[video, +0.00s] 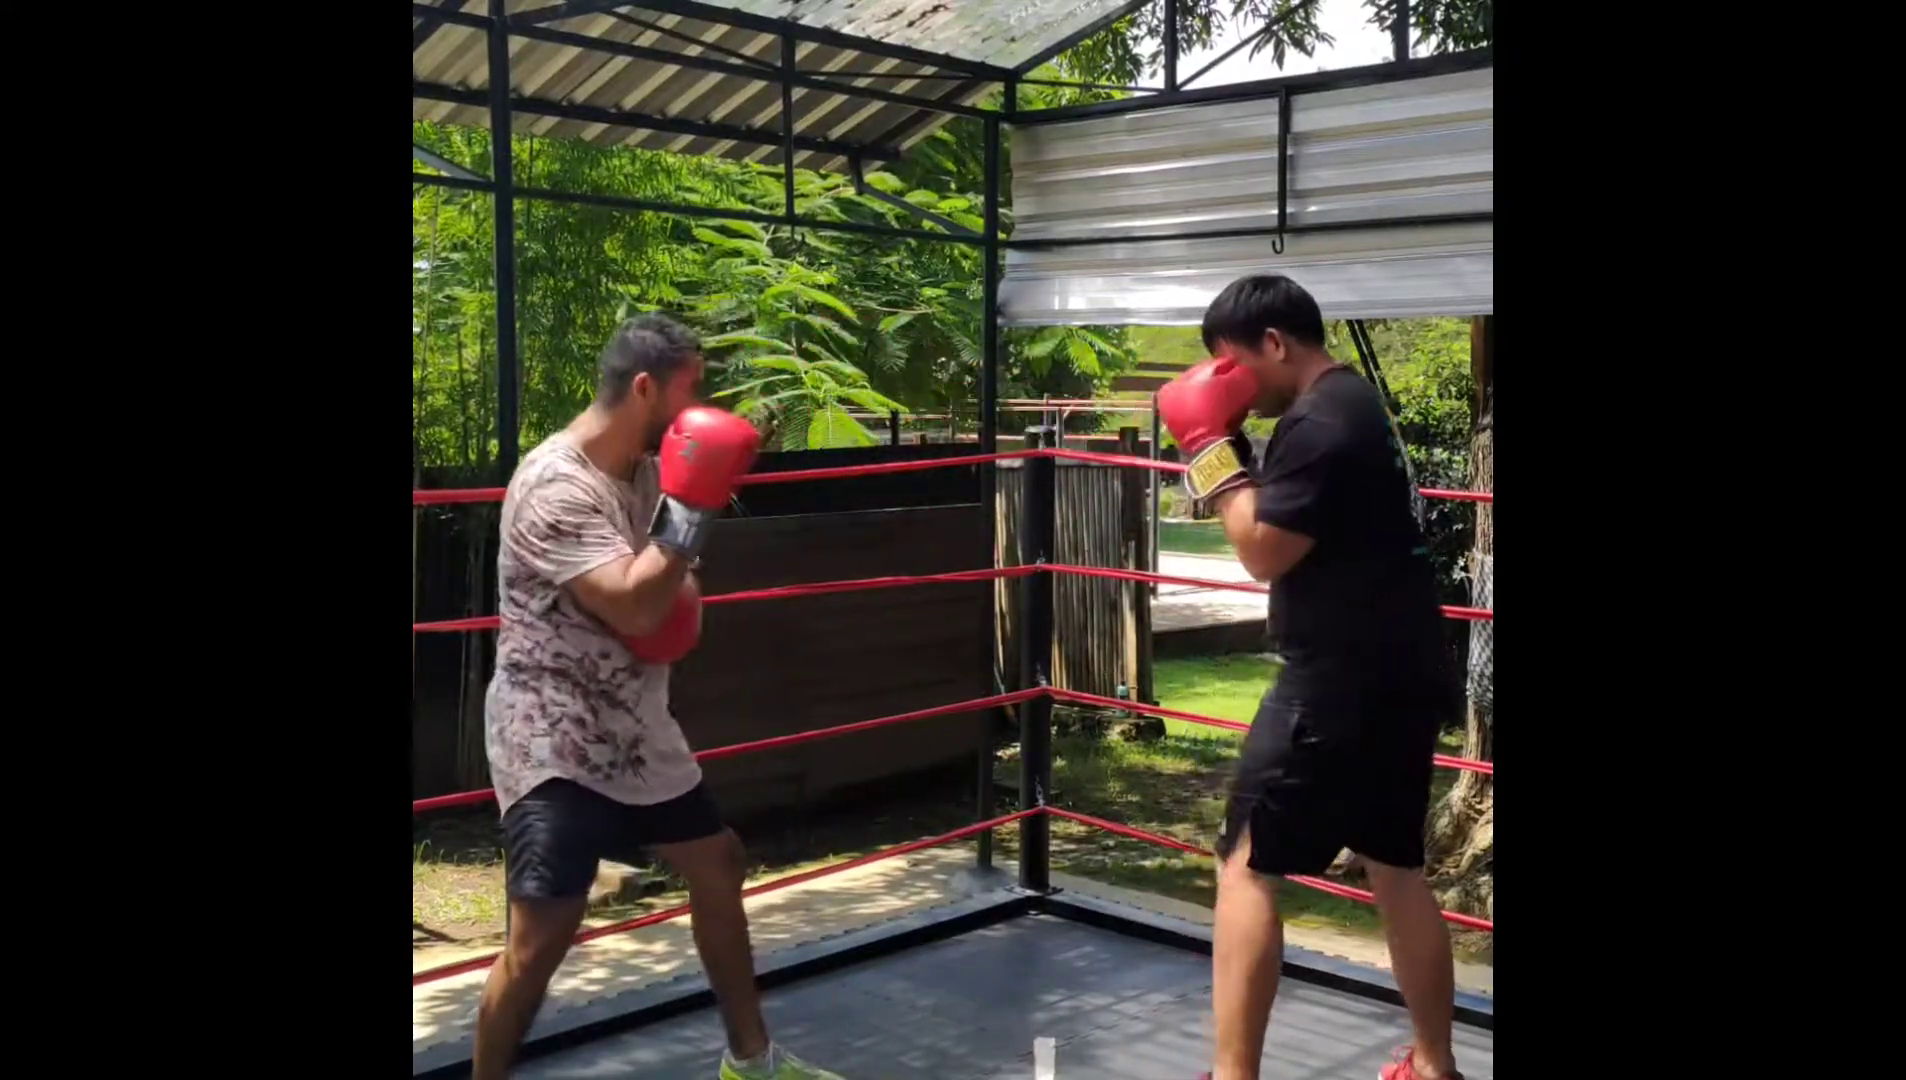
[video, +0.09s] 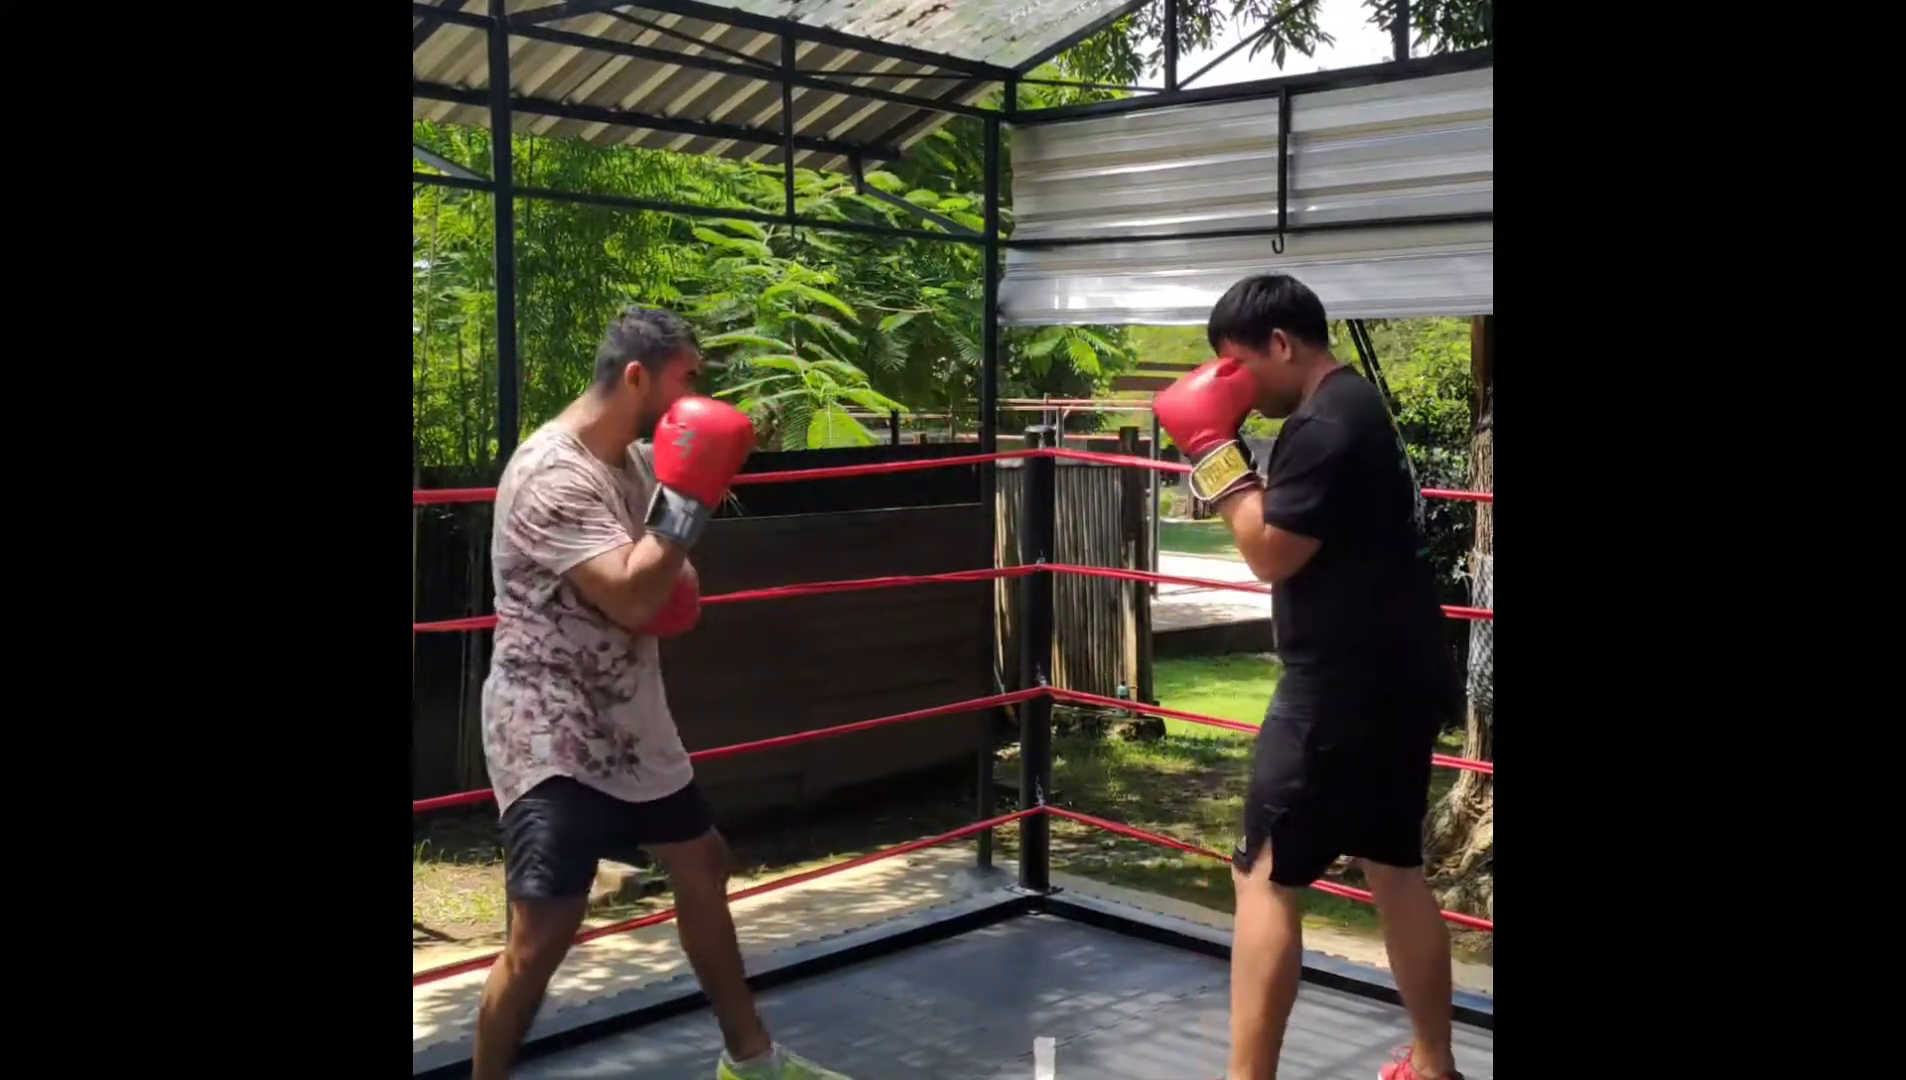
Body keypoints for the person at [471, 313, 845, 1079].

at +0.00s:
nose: (697, 406)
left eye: (698, 391)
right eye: (689, 390)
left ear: (643, 390)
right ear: (643, 388)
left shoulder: (647, 472)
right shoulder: (552, 485)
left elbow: (684, 576)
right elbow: (634, 607)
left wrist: (679, 623)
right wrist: (689, 507)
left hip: (637, 726)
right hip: (552, 734)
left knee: (716, 864)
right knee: (539, 939)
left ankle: (752, 1055)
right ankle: (488, 1074)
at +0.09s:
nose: (690, 398)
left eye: (693, 383)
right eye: (684, 380)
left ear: (635, 378)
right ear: (636, 376)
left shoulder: (636, 464)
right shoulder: (549, 473)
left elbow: (681, 585)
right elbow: (633, 601)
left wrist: (674, 588)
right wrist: (687, 498)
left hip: (634, 721)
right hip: (550, 730)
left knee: (702, 867)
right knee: (540, 937)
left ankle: (751, 1053)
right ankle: (489, 1075)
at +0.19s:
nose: (690, 398)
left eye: (694, 385)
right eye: (685, 382)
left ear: (635, 375)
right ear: (638, 373)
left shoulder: (618, 457)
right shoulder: (555, 463)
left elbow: (663, 579)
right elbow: (639, 592)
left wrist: (692, 486)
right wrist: (690, 485)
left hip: (633, 710)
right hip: (553, 720)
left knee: (707, 860)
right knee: (547, 932)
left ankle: (752, 1052)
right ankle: (488, 1074)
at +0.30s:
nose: (701, 413)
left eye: (705, 400)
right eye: (697, 397)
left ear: (646, 391)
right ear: (650, 391)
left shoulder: (615, 470)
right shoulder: (565, 474)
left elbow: (670, 590)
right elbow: (648, 603)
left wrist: (702, 507)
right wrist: (700, 502)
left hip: (642, 721)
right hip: (562, 732)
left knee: (738, 862)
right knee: (558, 945)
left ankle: (783, 1049)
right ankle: (489, 1073)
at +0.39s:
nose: (722, 422)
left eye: (726, 407)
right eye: (716, 404)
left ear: (665, 401)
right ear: (667, 399)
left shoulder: (639, 484)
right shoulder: (580, 486)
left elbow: (638, 611)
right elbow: (663, 608)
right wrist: (723, 511)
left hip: (663, 739)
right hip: (582, 751)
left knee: (756, 875)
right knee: (570, 950)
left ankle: (821, 1047)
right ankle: (490, 1072)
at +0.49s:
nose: (751, 401)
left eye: (756, 387)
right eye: (745, 383)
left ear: (701, 378)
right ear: (698, 374)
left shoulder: (704, 468)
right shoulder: (598, 462)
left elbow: (701, 577)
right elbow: (657, 585)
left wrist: (750, 587)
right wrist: (729, 499)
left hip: (702, 722)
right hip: (603, 729)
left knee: (776, 878)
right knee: (560, 932)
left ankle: (832, 1052)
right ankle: (487, 1073)